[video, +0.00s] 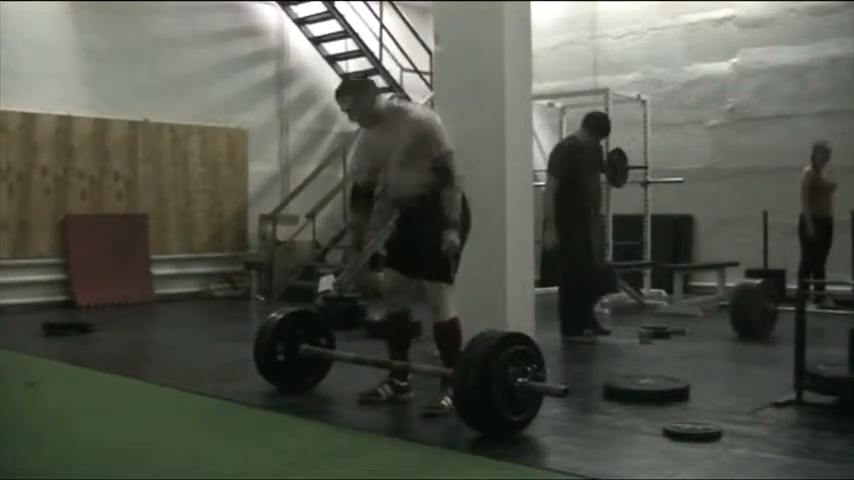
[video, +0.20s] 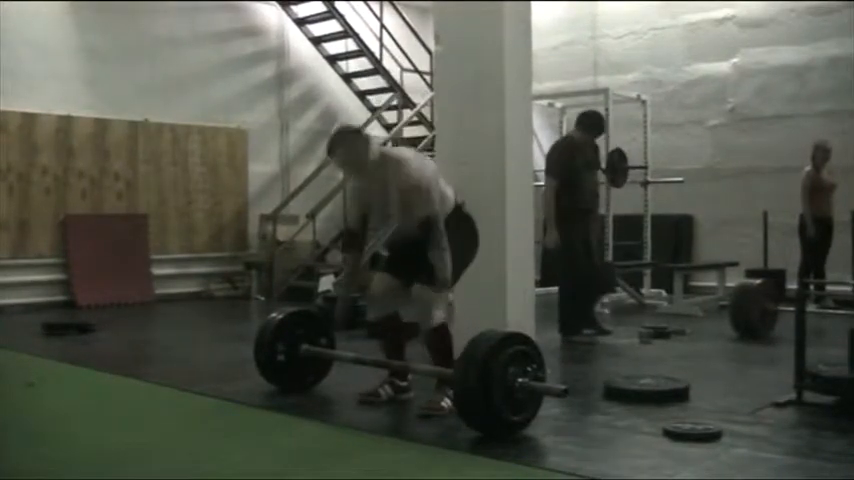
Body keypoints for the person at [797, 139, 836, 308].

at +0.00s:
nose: (824, 159)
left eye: (826, 156)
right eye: (821, 155)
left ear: (828, 158)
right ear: (814, 155)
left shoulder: (823, 175)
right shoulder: (809, 174)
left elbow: (824, 200)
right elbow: (805, 201)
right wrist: (809, 224)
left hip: (824, 221)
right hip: (811, 220)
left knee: (820, 259)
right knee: (808, 258)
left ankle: (820, 294)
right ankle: (803, 293)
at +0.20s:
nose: (824, 159)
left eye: (826, 156)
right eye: (821, 155)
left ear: (828, 157)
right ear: (814, 155)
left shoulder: (824, 175)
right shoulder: (809, 174)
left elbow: (825, 200)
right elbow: (805, 201)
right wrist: (809, 224)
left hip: (824, 221)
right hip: (811, 220)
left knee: (820, 260)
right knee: (808, 259)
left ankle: (820, 294)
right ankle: (803, 293)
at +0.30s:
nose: (823, 160)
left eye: (825, 157)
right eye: (820, 156)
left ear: (828, 158)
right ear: (813, 156)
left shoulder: (823, 175)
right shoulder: (809, 175)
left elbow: (823, 199)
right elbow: (805, 201)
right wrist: (809, 224)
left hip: (824, 220)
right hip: (811, 220)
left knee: (820, 259)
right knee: (808, 258)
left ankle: (820, 294)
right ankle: (803, 293)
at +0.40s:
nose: (823, 160)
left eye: (825, 157)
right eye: (820, 156)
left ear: (828, 158)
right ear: (813, 156)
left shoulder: (823, 175)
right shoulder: (809, 175)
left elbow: (824, 199)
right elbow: (805, 201)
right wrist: (809, 224)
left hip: (824, 220)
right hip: (811, 220)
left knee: (820, 259)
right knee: (808, 258)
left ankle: (820, 294)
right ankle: (803, 293)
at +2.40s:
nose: (823, 157)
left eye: (825, 154)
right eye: (820, 153)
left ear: (827, 155)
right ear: (813, 154)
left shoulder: (825, 173)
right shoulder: (808, 174)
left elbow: (823, 198)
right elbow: (802, 199)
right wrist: (806, 223)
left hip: (822, 219)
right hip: (808, 219)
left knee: (818, 259)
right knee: (806, 258)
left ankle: (819, 293)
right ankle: (802, 293)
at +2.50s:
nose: (825, 157)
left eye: (826, 154)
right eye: (822, 154)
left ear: (828, 156)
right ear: (814, 154)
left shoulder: (826, 174)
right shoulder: (809, 174)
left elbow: (824, 198)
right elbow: (803, 199)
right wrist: (806, 223)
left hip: (822, 219)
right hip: (808, 219)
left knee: (818, 258)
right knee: (806, 258)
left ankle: (819, 293)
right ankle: (802, 292)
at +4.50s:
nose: (820, 158)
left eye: (822, 155)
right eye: (817, 154)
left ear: (823, 156)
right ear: (810, 155)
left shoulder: (822, 173)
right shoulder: (805, 173)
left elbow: (819, 196)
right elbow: (799, 200)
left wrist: (825, 187)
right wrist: (803, 224)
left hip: (813, 219)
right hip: (800, 218)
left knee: (810, 259)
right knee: (798, 258)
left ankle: (811, 294)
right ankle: (794, 293)